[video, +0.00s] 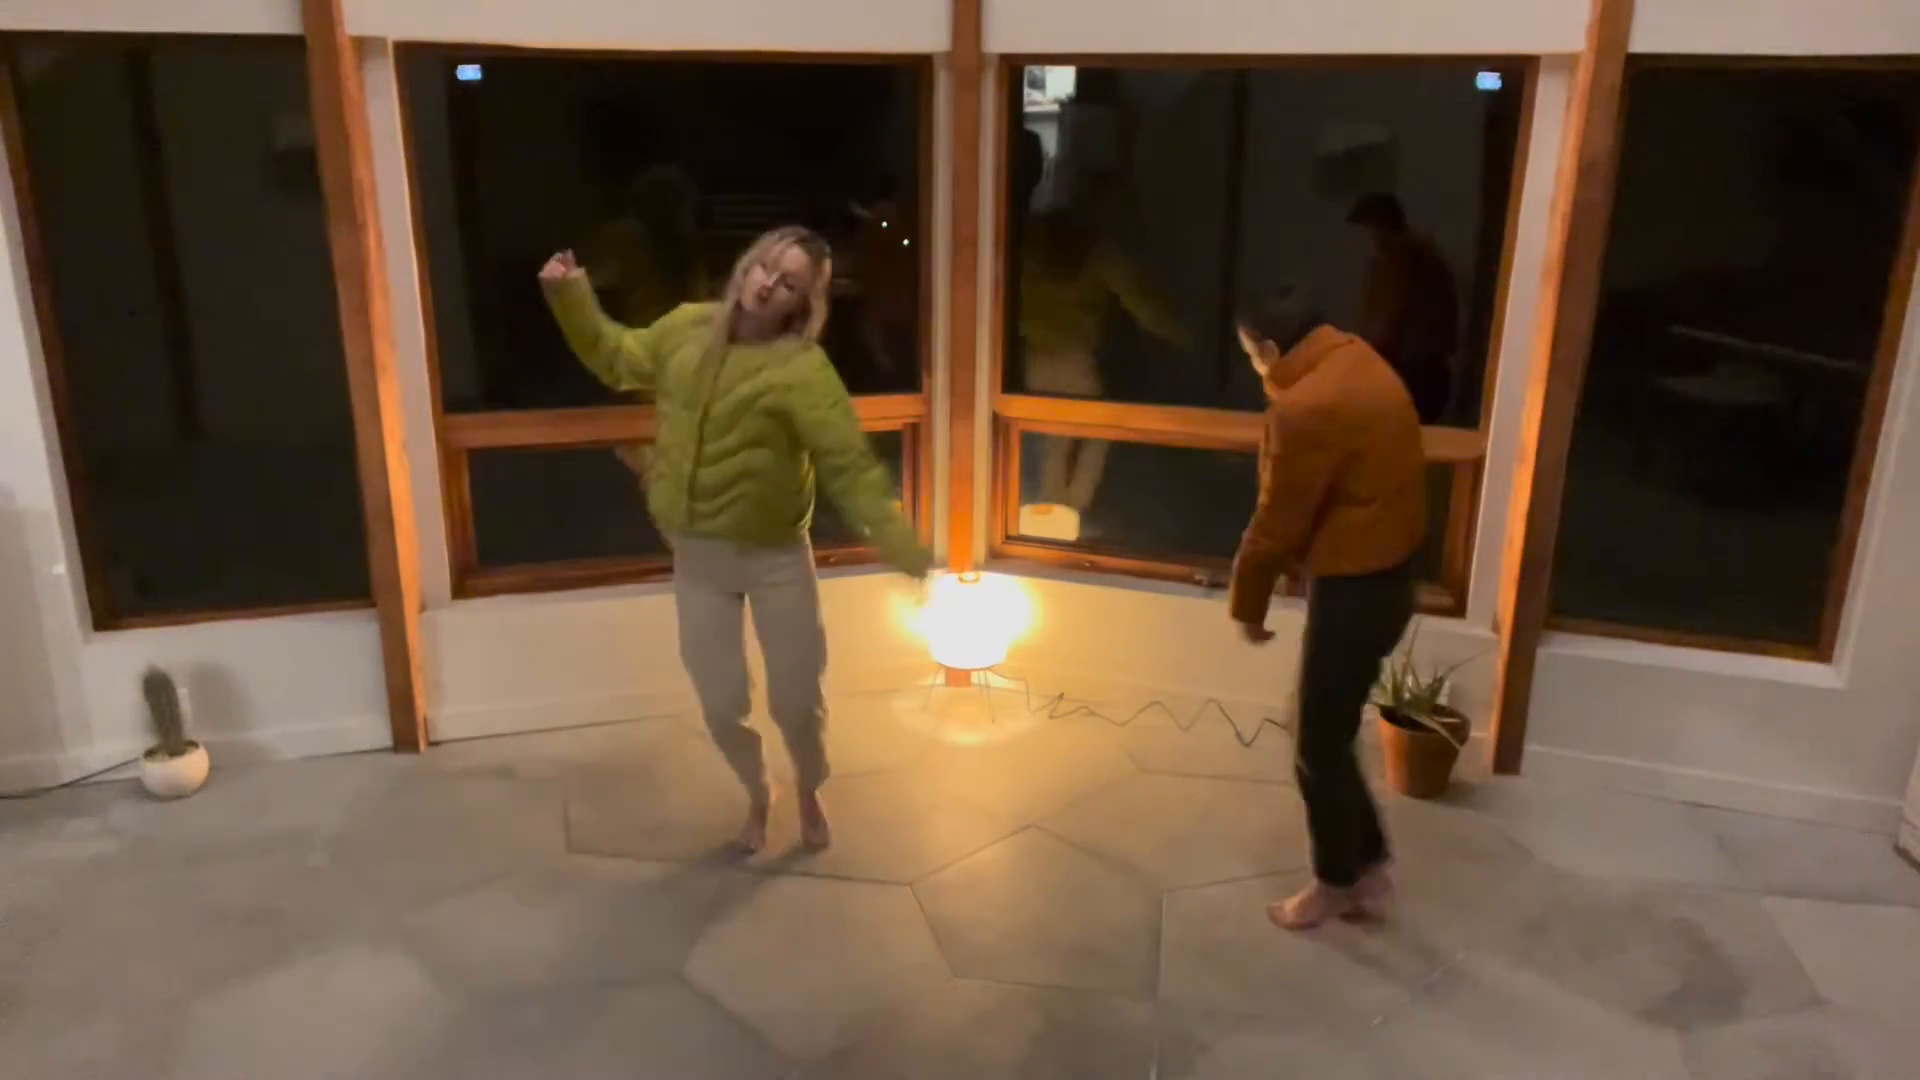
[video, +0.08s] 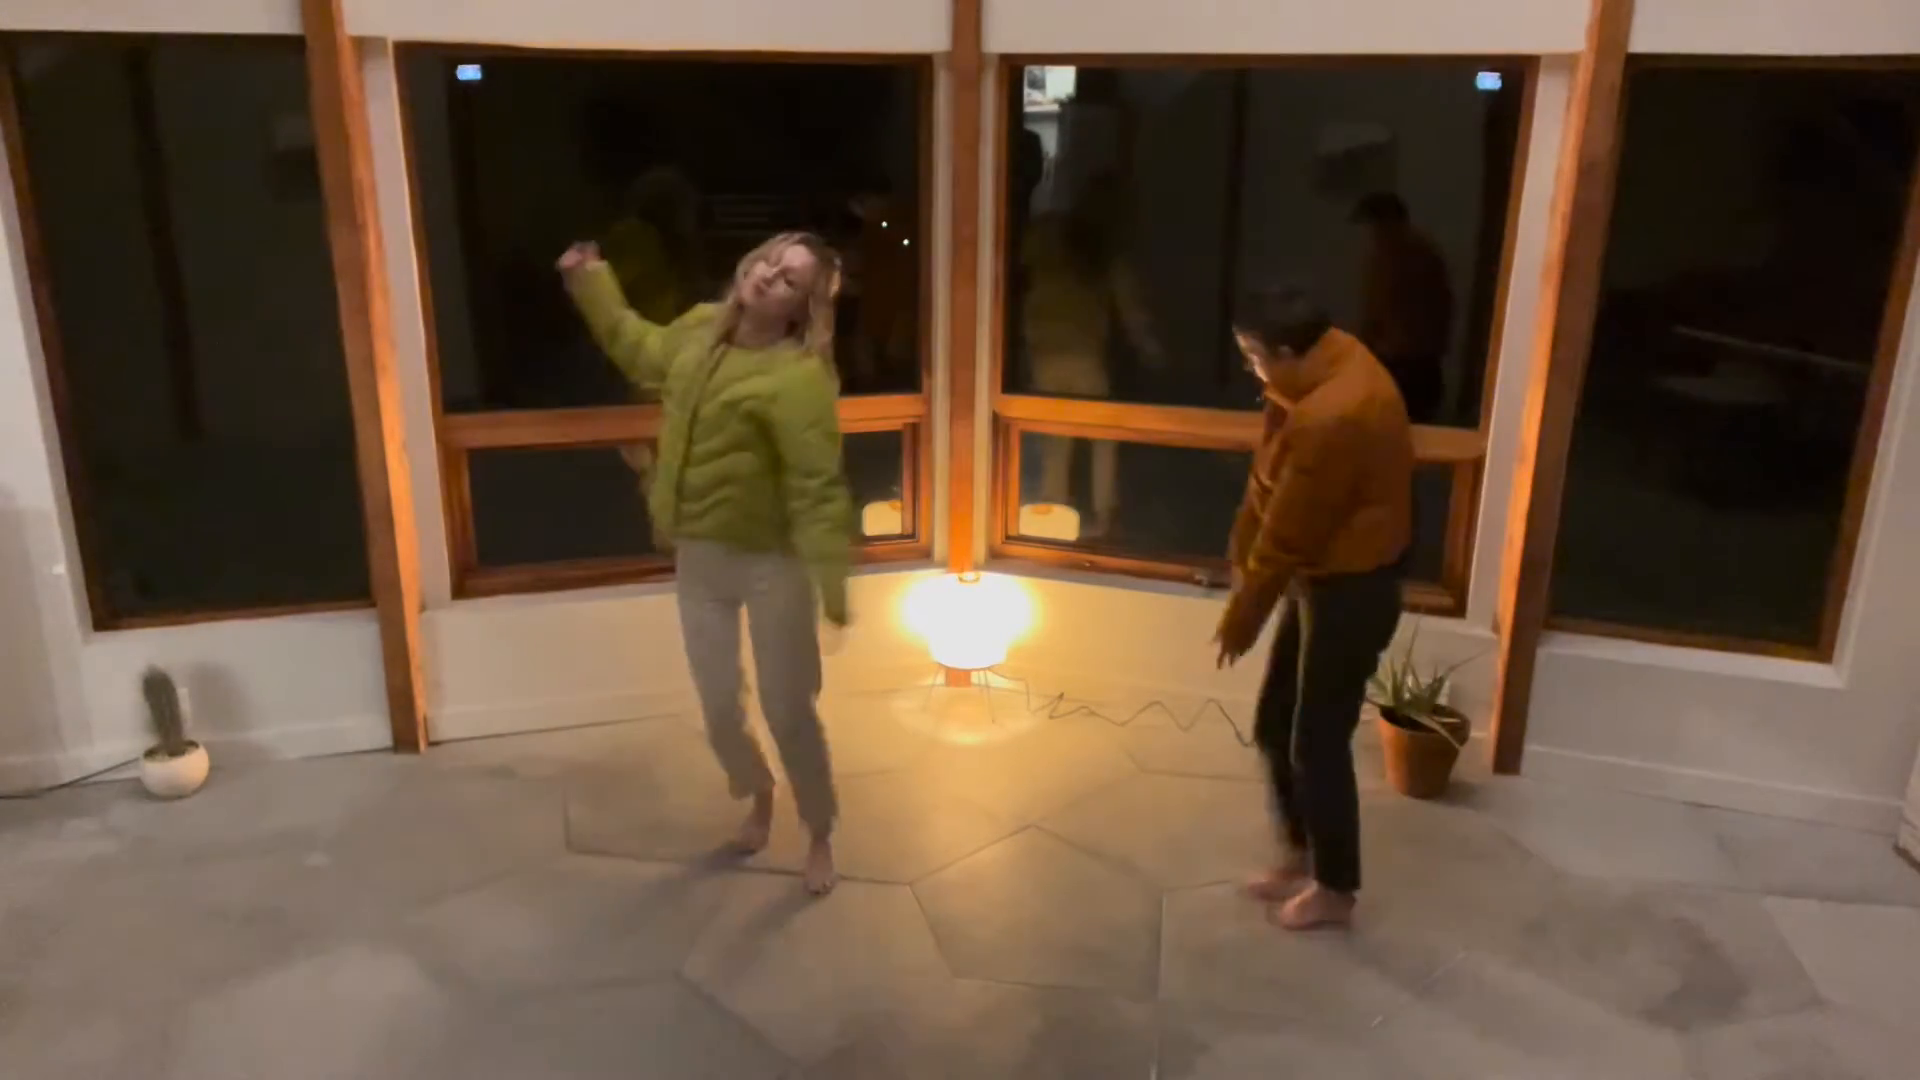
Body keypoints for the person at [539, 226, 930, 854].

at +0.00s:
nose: (768, 282)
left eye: (787, 281)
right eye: (766, 265)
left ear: (800, 303)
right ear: (745, 264)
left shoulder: (802, 367)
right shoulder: (686, 330)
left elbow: (852, 469)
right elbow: (619, 364)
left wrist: (911, 555)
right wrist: (571, 297)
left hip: (778, 555)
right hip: (698, 553)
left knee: (795, 704)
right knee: (721, 708)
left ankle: (809, 795)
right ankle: (757, 799)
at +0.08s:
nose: (769, 277)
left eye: (789, 282)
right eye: (771, 262)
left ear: (800, 310)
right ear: (749, 263)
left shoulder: (798, 377)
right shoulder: (699, 329)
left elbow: (818, 487)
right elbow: (642, 354)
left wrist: (834, 584)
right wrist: (592, 281)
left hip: (774, 561)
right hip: (699, 555)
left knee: (788, 709)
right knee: (719, 709)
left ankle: (819, 834)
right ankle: (758, 794)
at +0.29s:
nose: (739, 268)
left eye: (760, 274)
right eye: (748, 260)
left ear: (774, 317)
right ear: (734, 287)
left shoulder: (758, 395)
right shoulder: (707, 342)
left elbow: (741, 517)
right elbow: (691, 305)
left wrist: (683, 604)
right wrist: (677, 264)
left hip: (763, 566)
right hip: (702, 557)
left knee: (756, 723)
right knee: (705, 720)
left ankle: (815, 831)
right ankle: (773, 825)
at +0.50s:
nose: (688, 262)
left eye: (704, 266)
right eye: (703, 255)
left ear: (721, 308)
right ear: (719, 309)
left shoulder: (683, 391)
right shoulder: (706, 372)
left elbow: (656, 513)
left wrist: (582, 599)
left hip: (726, 587)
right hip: (711, 582)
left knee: (711, 736)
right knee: (684, 720)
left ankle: (770, 877)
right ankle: (762, 821)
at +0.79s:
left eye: (616, 287)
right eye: (700, 295)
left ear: (622, 297)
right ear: (697, 301)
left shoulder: (594, 372)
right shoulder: (727, 364)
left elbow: (548, 488)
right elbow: (784, 467)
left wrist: (451, 558)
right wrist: (854, 526)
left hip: (648, 608)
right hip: (716, 597)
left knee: (632, 766)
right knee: (687, 742)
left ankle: (651, 921)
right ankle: (721, 879)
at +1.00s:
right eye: (689, 283)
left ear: (606, 287)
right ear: (688, 293)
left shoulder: (570, 366)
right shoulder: (718, 372)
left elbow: (484, 441)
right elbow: (754, 501)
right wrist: (802, 590)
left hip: (606, 606)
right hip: (688, 606)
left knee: (596, 750)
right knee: (685, 749)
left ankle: (618, 899)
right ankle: (693, 887)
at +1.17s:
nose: (706, 306)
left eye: (704, 294)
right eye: (701, 294)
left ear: (612, 287)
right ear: (685, 298)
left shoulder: (560, 353)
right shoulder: (697, 374)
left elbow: (467, 375)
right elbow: (716, 512)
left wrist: (446, 285)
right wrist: (750, 615)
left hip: (576, 598)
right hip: (661, 601)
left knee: (592, 745)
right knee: (665, 736)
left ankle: (611, 889)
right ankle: (645, 885)